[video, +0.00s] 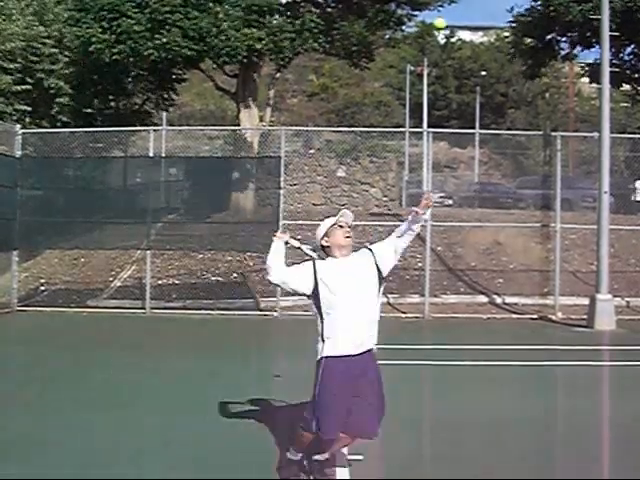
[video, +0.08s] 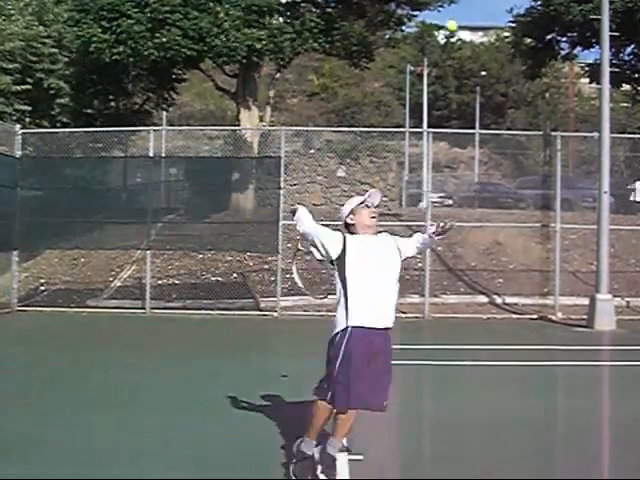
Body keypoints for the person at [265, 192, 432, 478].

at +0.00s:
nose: (348, 230)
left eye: (348, 227)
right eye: (340, 227)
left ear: (350, 236)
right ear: (326, 240)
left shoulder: (371, 258)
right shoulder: (316, 270)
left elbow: (400, 237)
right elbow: (276, 274)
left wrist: (420, 211)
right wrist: (279, 242)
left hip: (365, 354)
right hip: (333, 357)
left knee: (362, 425)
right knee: (326, 428)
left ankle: (320, 459)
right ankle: (295, 453)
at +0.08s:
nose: (373, 212)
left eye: (372, 208)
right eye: (365, 209)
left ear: (373, 216)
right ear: (351, 219)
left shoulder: (392, 244)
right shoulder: (343, 243)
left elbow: (415, 243)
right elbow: (313, 231)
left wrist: (431, 235)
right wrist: (301, 212)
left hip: (380, 332)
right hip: (351, 329)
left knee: (356, 395)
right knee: (332, 391)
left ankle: (336, 446)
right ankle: (307, 444)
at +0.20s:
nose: (431, 207)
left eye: (432, 202)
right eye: (427, 201)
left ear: (427, 204)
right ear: (414, 199)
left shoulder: (417, 238)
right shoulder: (403, 215)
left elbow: (403, 283)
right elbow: (417, 173)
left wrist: (429, 280)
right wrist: (409, 134)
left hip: (389, 312)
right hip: (366, 306)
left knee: (383, 380)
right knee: (353, 378)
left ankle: (380, 440)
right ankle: (346, 443)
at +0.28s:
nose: (450, 210)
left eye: (447, 204)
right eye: (444, 205)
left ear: (423, 208)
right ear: (432, 206)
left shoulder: (426, 236)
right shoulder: (425, 218)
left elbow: (395, 275)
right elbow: (467, 205)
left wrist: (425, 281)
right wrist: (510, 185)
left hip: (399, 311)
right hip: (380, 305)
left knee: (412, 374)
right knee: (365, 376)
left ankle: (423, 431)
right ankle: (350, 442)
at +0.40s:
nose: (465, 228)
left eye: (463, 223)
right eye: (461, 223)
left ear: (439, 226)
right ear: (451, 224)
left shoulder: (418, 248)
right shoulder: (459, 245)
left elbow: (403, 288)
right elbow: (482, 284)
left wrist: (422, 314)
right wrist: (503, 320)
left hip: (422, 324)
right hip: (421, 324)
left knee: (440, 393)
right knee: (386, 386)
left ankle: (447, 455)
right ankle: (335, 435)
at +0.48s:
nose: (483, 249)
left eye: (482, 244)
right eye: (480, 244)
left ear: (457, 247)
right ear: (470, 247)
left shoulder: (434, 268)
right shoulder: (480, 270)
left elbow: (416, 310)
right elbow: (485, 315)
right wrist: (477, 350)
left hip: (425, 342)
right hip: (440, 347)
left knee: (456, 411)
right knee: (420, 411)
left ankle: (441, 467)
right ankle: (350, 422)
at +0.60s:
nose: (510, 261)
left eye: (510, 256)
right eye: (508, 256)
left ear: (482, 257)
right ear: (498, 258)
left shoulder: (457, 277)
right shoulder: (506, 283)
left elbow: (431, 305)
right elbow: (504, 326)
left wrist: (435, 334)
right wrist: (480, 348)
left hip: (435, 345)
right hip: (458, 349)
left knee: (454, 411)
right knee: (470, 420)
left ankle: (444, 462)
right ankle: (407, 436)